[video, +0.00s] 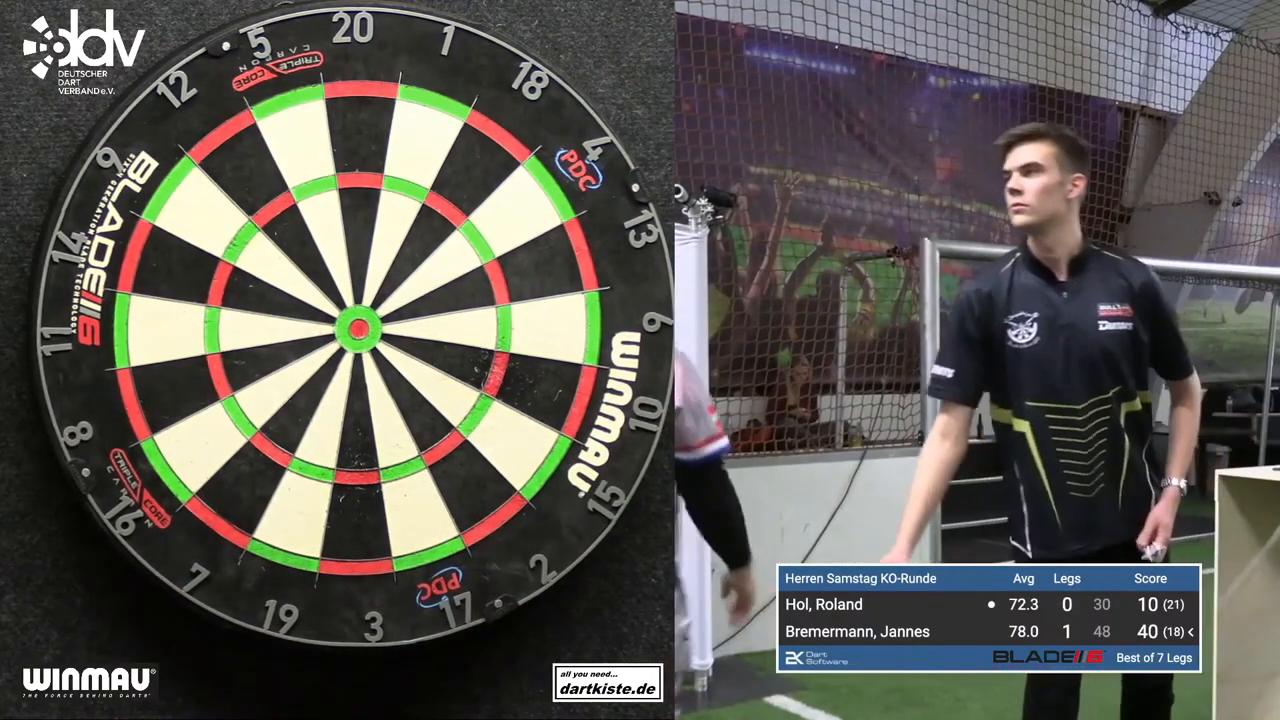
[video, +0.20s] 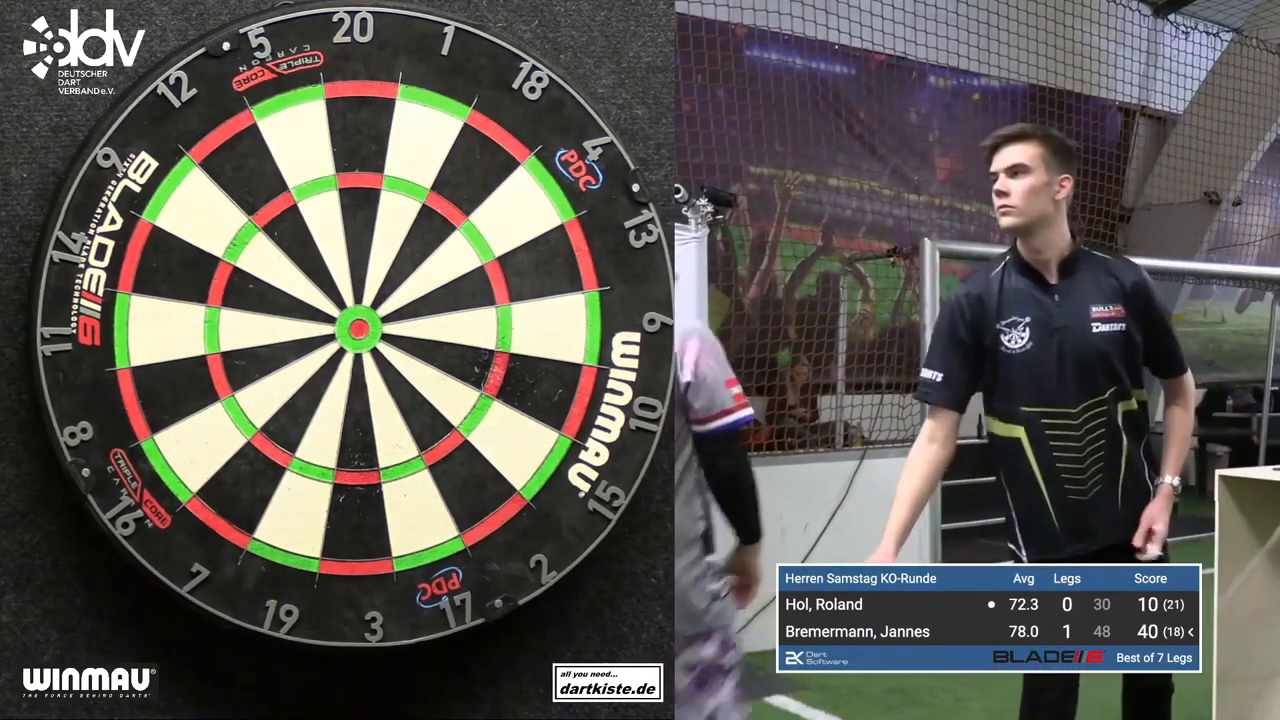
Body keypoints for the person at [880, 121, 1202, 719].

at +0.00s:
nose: (1013, 187)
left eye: (1030, 173)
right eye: (1008, 177)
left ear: (1075, 186)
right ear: (1003, 192)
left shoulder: (1133, 285)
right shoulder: (985, 299)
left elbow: (1186, 391)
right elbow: (950, 431)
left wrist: (1172, 493)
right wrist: (900, 550)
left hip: (1134, 530)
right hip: (1044, 538)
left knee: (1151, 687)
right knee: (1051, 695)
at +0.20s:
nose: (999, 188)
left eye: (1016, 174)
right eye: (994, 179)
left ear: (1062, 187)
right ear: (990, 195)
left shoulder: (1124, 283)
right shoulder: (974, 304)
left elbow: (1180, 391)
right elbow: (936, 435)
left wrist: (1166, 490)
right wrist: (886, 551)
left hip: (1131, 529)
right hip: (1042, 538)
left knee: (1151, 684)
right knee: (1050, 695)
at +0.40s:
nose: (1003, 186)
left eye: (1021, 172)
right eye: (998, 176)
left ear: (1066, 187)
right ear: (996, 191)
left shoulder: (1126, 285)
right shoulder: (977, 301)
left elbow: (1175, 402)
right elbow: (945, 435)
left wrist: (1154, 503)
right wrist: (940, 549)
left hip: (1126, 534)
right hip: (1037, 544)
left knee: (1143, 686)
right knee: (1049, 697)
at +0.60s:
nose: (1025, 187)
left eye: (1043, 173)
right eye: (1020, 177)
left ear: (1087, 188)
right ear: (1014, 192)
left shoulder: (1138, 291)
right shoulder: (989, 294)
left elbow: (1171, 418)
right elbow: (955, 423)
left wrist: (1134, 505)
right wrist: (1035, 506)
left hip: (1126, 537)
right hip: (1034, 542)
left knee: (1133, 692)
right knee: (1048, 695)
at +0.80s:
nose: (1058, 190)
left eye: (1075, 176)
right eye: (1049, 179)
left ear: (1114, 189)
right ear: (1042, 193)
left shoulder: (1155, 296)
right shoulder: (1002, 291)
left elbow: (1193, 415)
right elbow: (938, 386)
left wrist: (1166, 501)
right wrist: (1021, 410)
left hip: (1136, 535)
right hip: (1043, 537)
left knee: (1155, 694)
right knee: (1056, 696)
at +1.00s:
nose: (1100, 194)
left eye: (1115, 180)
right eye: (1090, 184)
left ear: (1149, 192)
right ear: (1080, 199)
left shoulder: (1187, 302)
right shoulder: (1044, 286)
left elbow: (1228, 417)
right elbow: (953, 367)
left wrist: (1207, 507)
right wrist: (1042, 416)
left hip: (1163, 537)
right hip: (1070, 536)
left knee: (1195, 694)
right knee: (1073, 695)